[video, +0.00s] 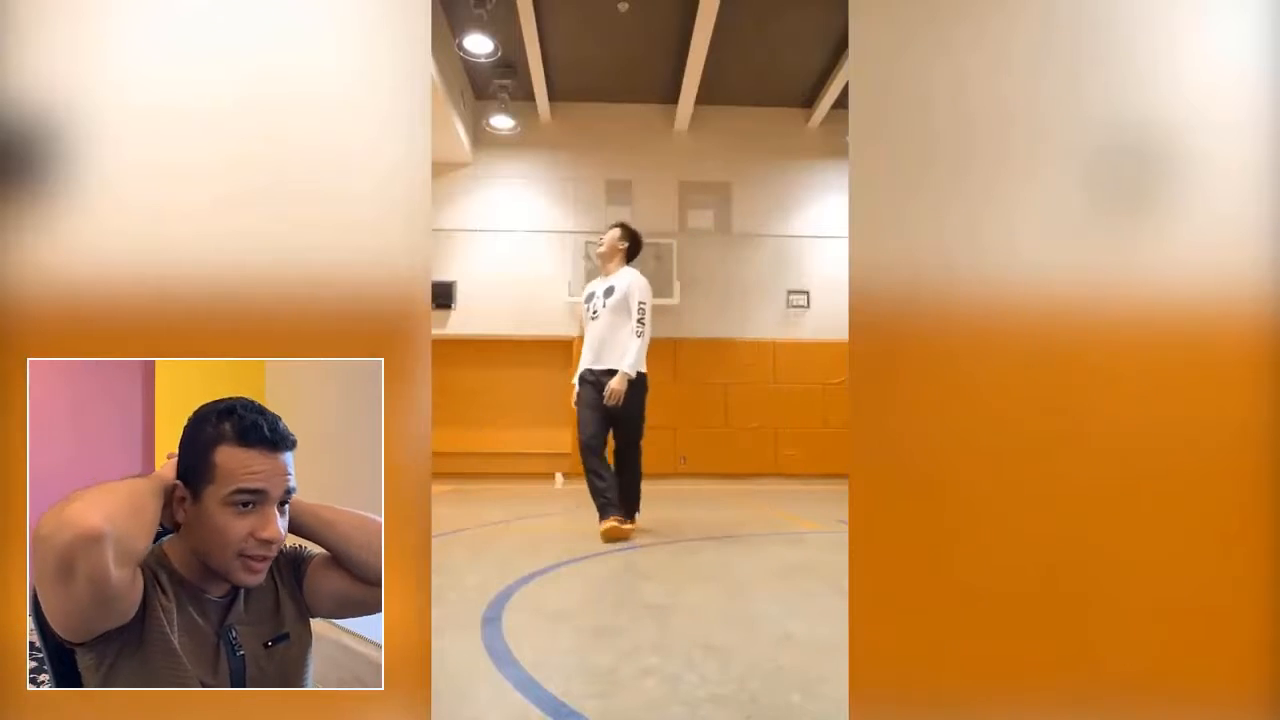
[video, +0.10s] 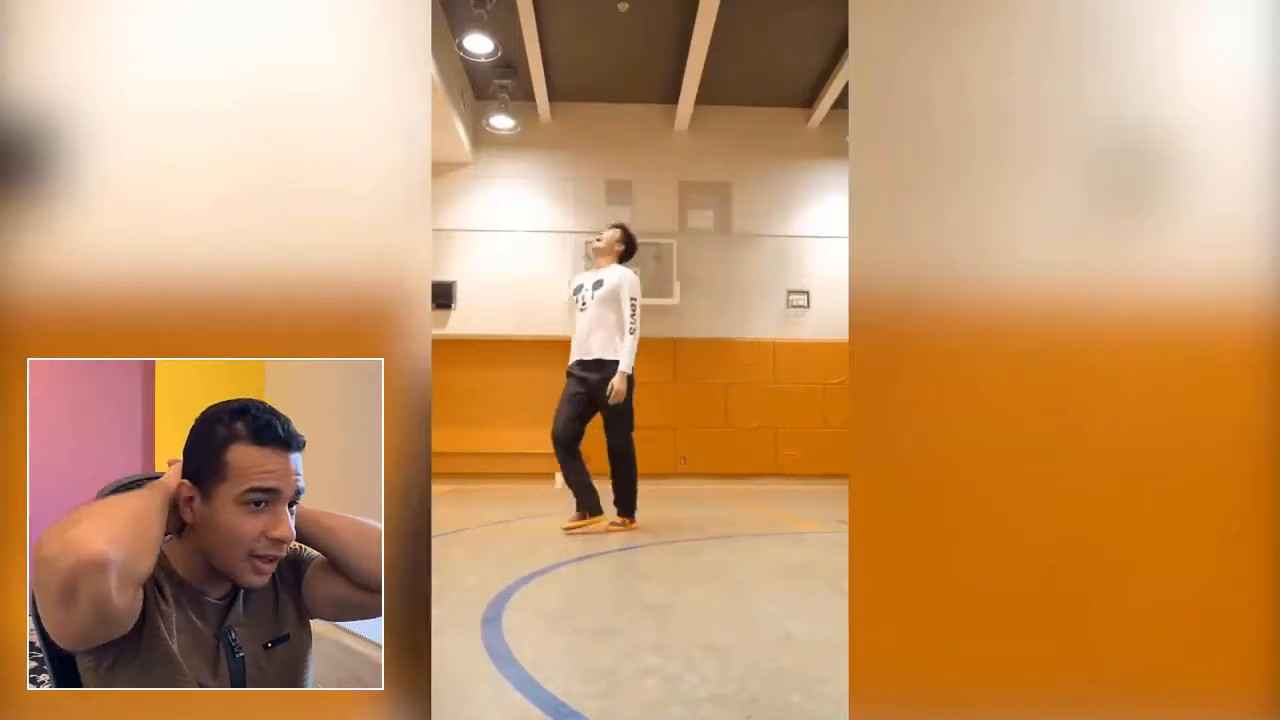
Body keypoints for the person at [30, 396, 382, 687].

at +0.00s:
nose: (273, 533)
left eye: (284, 503)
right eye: (245, 505)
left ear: (288, 504)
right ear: (183, 504)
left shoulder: (287, 580)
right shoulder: (118, 603)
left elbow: (400, 572)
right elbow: (80, 537)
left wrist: (280, 505)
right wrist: (160, 487)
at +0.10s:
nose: (284, 534)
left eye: (292, 504)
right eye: (257, 504)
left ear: (295, 502)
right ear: (191, 503)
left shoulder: (285, 578)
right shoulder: (119, 595)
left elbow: (398, 578)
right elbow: (91, 559)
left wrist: (288, 513)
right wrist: (166, 489)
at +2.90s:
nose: (266, 512)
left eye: (277, 487)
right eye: (235, 487)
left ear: (287, 492)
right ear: (179, 500)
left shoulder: (298, 595)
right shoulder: (104, 624)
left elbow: (384, 701)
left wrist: (303, 672)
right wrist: (252, 675)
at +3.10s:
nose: (264, 513)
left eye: (276, 488)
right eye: (234, 487)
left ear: (286, 493)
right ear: (178, 499)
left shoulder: (299, 595)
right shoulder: (102, 624)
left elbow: (384, 701)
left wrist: (300, 672)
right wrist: (249, 677)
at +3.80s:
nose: (262, 512)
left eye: (275, 487)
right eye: (233, 487)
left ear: (286, 494)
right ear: (177, 500)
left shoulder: (296, 594)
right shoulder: (102, 623)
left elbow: (387, 700)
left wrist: (302, 672)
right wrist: (250, 678)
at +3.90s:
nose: (263, 511)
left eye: (275, 486)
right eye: (233, 486)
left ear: (286, 493)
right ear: (177, 500)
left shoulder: (295, 593)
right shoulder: (102, 622)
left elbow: (384, 698)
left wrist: (302, 673)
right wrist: (250, 678)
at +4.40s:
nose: (256, 499)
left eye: (266, 476)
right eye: (226, 477)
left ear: (276, 487)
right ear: (173, 497)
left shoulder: (295, 594)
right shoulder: (101, 622)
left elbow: (384, 697)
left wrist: (303, 673)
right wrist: (252, 679)